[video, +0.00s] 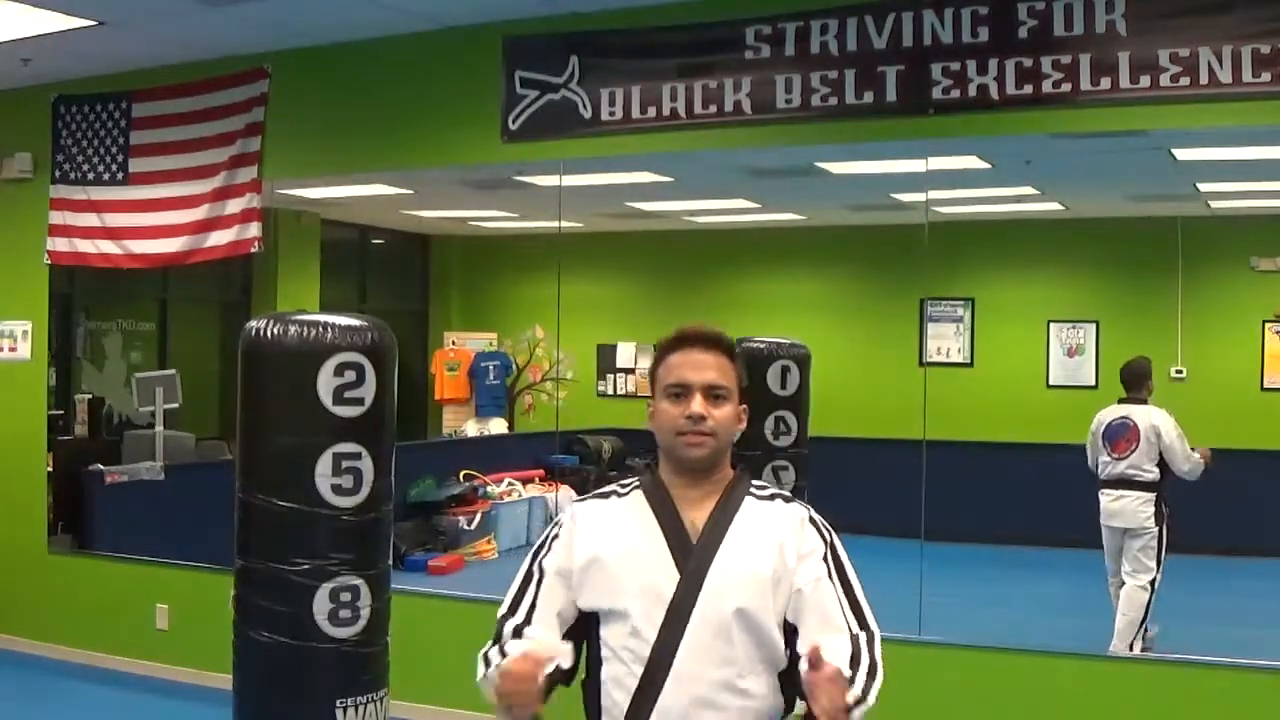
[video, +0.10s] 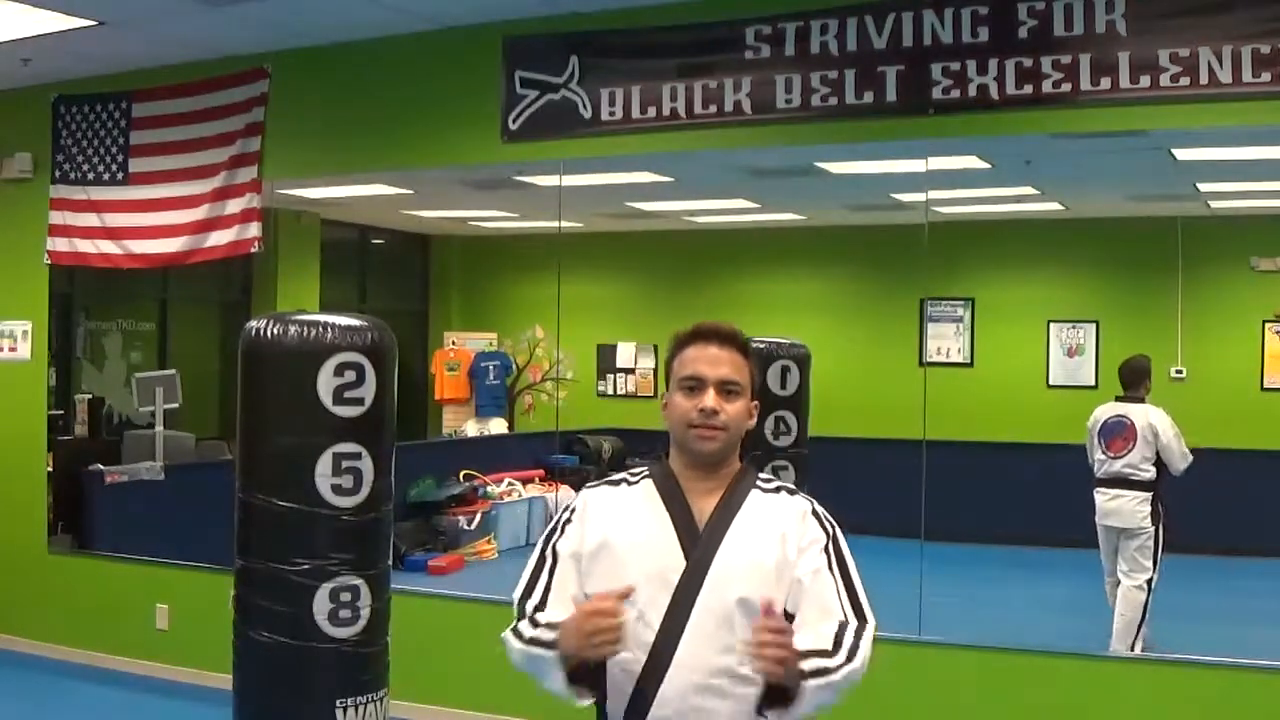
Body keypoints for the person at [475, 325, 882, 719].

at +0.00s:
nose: (696, 410)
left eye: (715, 396)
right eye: (678, 395)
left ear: (740, 417)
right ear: (651, 412)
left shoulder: (793, 528)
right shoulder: (586, 524)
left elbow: (848, 643)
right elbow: (514, 641)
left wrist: (833, 694)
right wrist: (513, 680)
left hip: (749, 711)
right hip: (626, 712)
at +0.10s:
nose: (709, 404)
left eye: (728, 391)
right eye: (692, 387)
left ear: (752, 413)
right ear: (665, 404)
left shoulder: (797, 519)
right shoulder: (594, 508)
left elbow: (846, 640)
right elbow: (523, 634)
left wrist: (796, 667)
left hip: (744, 715)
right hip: (625, 713)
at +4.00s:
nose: (689, 424)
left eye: (709, 407)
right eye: (673, 403)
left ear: (736, 414)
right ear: (650, 402)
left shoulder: (779, 508)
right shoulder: (584, 487)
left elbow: (808, 643)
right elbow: (515, 601)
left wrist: (700, 607)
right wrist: (612, 590)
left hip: (718, 710)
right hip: (600, 709)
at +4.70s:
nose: (696, 431)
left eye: (716, 408)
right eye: (675, 413)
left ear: (751, 411)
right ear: (652, 421)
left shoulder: (818, 531)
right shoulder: (593, 525)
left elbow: (863, 681)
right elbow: (529, 652)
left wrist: (748, 675)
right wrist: (591, 672)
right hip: (619, 719)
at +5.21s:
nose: (597, 418)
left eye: (614, 393)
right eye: (569, 402)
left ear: (648, 408)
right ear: (543, 429)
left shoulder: (739, 533)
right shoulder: (491, 564)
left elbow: (818, 661)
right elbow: (444, 703)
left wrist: (753, 695)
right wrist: (548, 709)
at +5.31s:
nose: (598, 416)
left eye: (617, 394)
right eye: (570, 399)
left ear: (650, 412)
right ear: (542, 426)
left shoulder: (743, 533)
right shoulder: (484, 565)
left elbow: (816, 680)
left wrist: (701, 701)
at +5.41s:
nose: (608, 419)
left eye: (628, 398)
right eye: (581, 402)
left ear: (663, 419)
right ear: (552, 429)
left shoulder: (755, 540)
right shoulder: (491, 570)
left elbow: (831, 691)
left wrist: (708, 711)